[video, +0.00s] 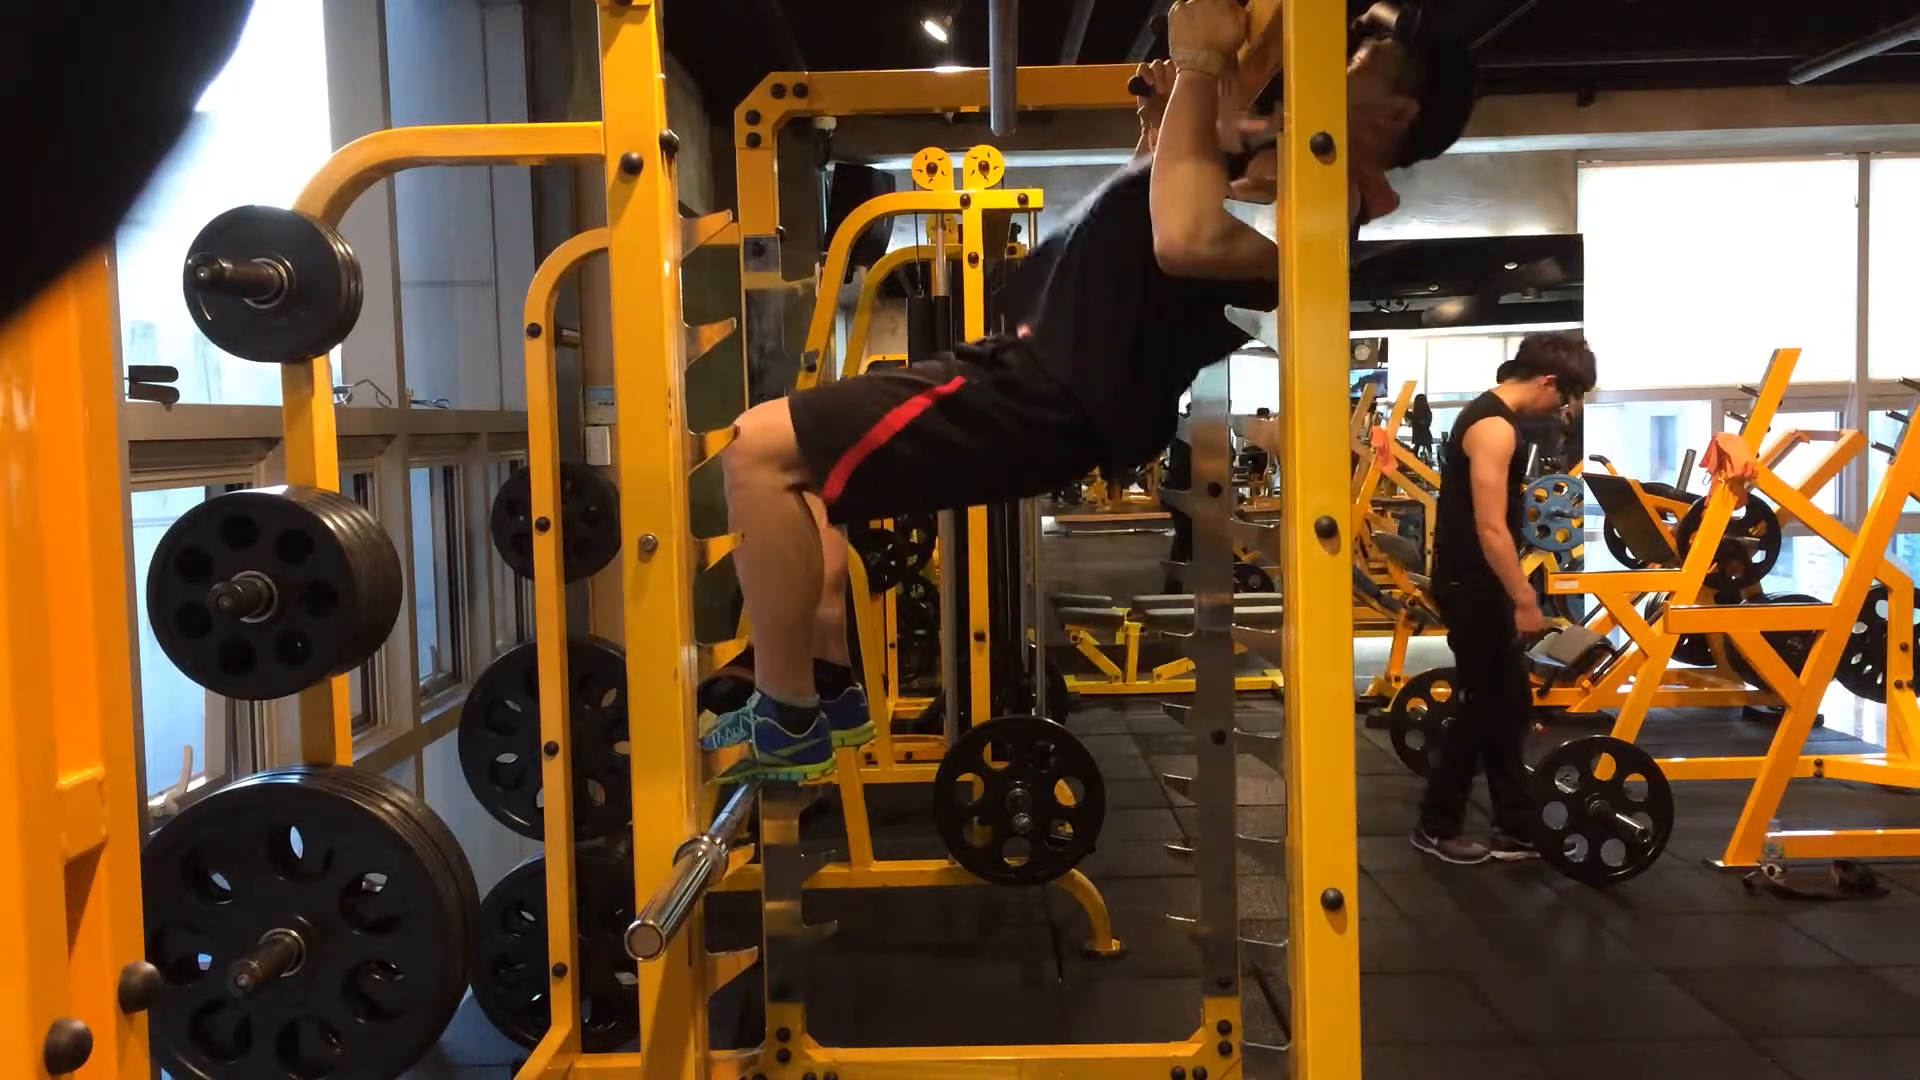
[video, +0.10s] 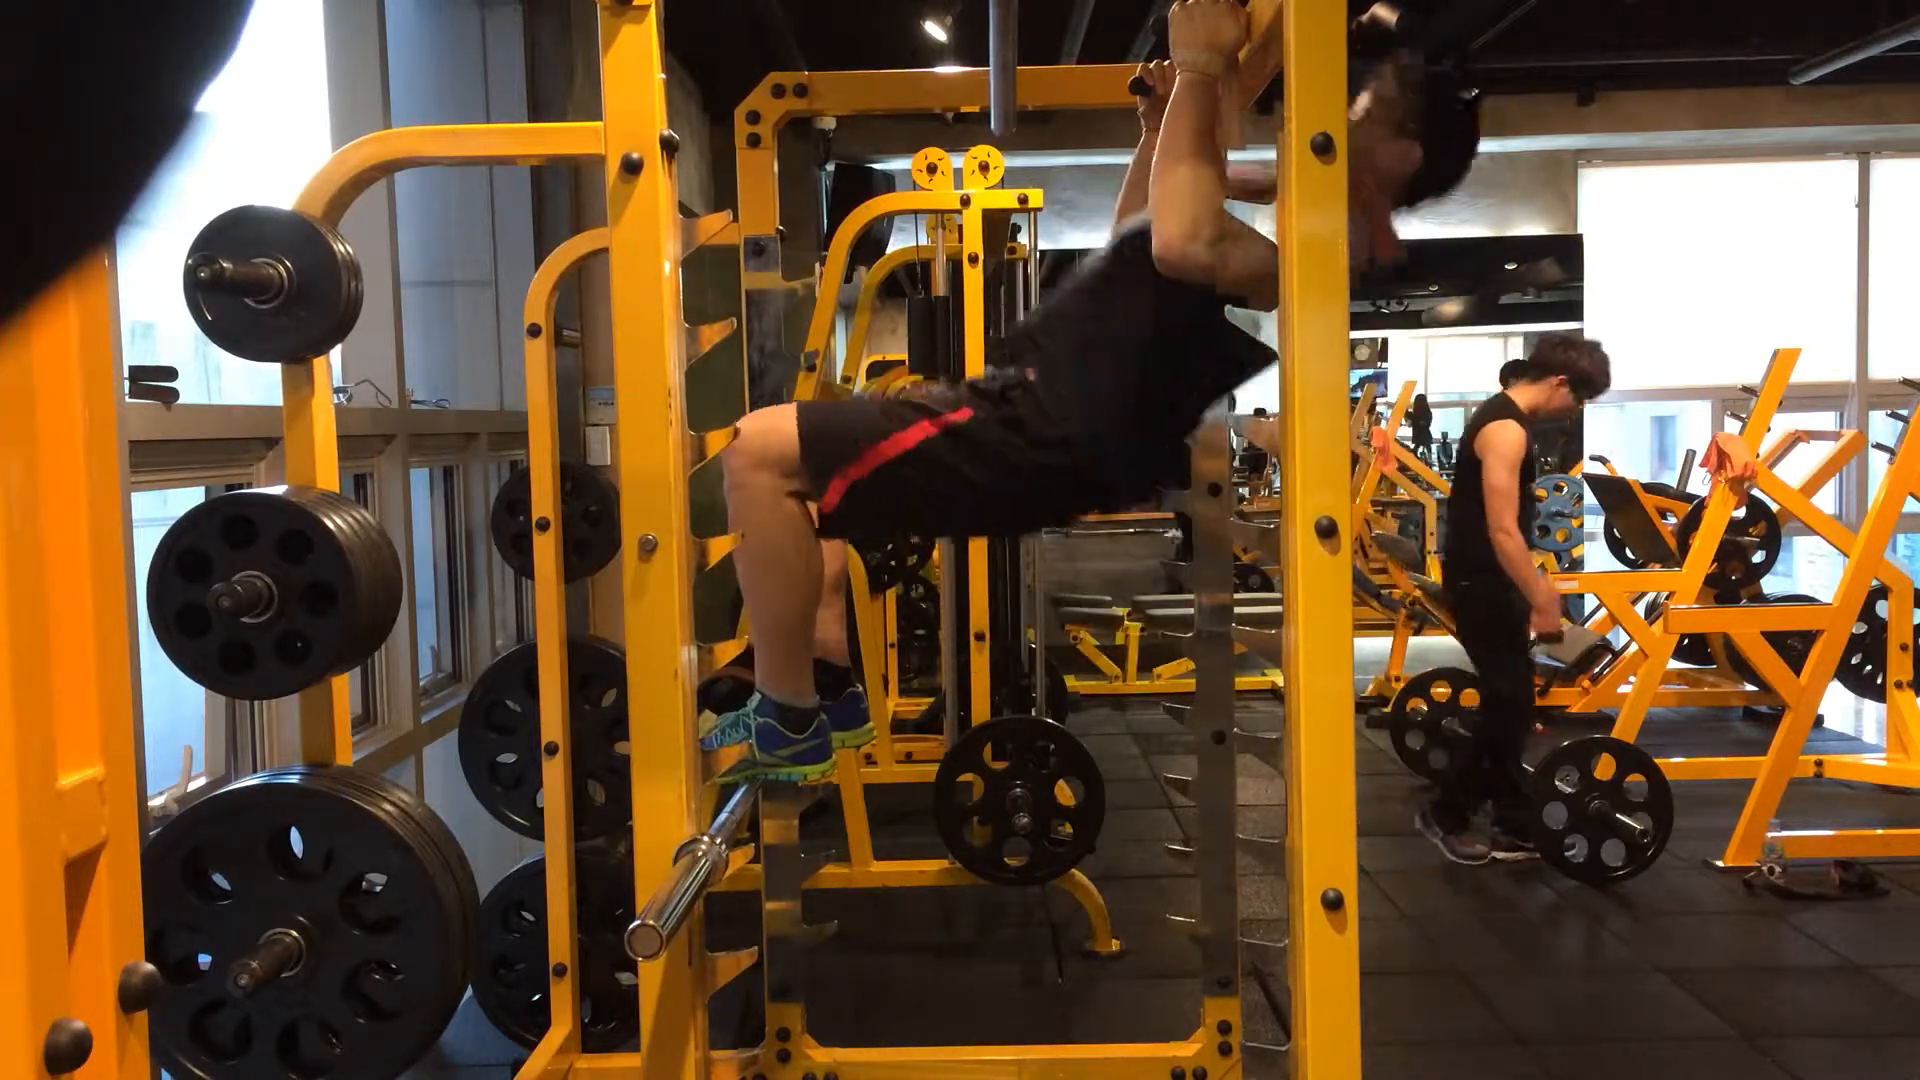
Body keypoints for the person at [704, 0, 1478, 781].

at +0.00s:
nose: (1345, 48)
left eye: (1371, 50)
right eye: (1362, 37)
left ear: (1399, 115)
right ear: (1373, 95)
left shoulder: (1333, 213)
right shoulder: (1296, 160)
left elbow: (1190, 241)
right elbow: (1187, 202)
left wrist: (1202, 69)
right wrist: (1190, 96)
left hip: (1063, 397)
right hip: (1042, 369)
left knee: (758, 451)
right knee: (794, 441)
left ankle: (787, 716)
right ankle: (826, 675)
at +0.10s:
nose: (1348, 118)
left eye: (1374, 117)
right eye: (1358, 102)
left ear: (1410, 164)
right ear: (1346, 113)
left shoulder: (1347, 239)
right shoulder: (1313, 212)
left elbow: (1188, 246)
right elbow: (1143, 241)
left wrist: (1206, 75)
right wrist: (1161, 123)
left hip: (1050, 436)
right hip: (1040, 411)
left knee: (757, 454)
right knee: (794, 449)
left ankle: (786, 714)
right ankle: (827, 673)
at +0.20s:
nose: (1345, 168)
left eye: (1374, 168)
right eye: (1361, 158)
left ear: (1407, 224)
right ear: (1366, 199)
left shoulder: (1346, 300)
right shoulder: (1314, 293)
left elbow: (1195, 248)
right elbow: (1139, 276)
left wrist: (1207, 72)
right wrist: (1157, 127)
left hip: (1055, 486)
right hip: (1035, 449)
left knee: (760, 458)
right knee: (798, 447)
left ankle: (785, 715)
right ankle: (824, 672)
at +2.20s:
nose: (1321, 146)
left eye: (1350, 141)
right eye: (1336, 129)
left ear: (1390, 187)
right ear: (1361, 167)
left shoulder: (1339, 264)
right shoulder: (1315, 248)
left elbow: (1176, 245)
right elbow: (1143, 240)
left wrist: (1197, 72)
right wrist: (1173, 106)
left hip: (1017, 442)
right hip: (1002, 408)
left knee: (725, 474)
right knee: (727, 431)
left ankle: (780, 714)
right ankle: (816, 667)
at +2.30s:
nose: (1318, 210)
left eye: (1346, 204)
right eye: (1331, 195)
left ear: (1385, 244)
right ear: (1368, 242)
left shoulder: (1342, 307)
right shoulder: (1311, 343)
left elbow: (1186, 263)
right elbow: (1135, 278)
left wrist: (1199, 74)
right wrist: (1158, 131)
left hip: (1011, 486)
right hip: (1010, 461)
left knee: (724, 472)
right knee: (746, 432)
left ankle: (777, 709)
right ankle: (818, 665)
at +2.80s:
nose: (1302, 239)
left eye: (1335, 239)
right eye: (1320, 226)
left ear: (1375, 290)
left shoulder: (1293, 388)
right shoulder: (1249, 349)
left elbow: (1188, 260)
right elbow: (1140, 278)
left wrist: (1202, 75)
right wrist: (1158, 127)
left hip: (986, 523)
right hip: (975, 482)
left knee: (722, 479)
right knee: (742, 435)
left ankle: (779, 712)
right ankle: (818, 662)